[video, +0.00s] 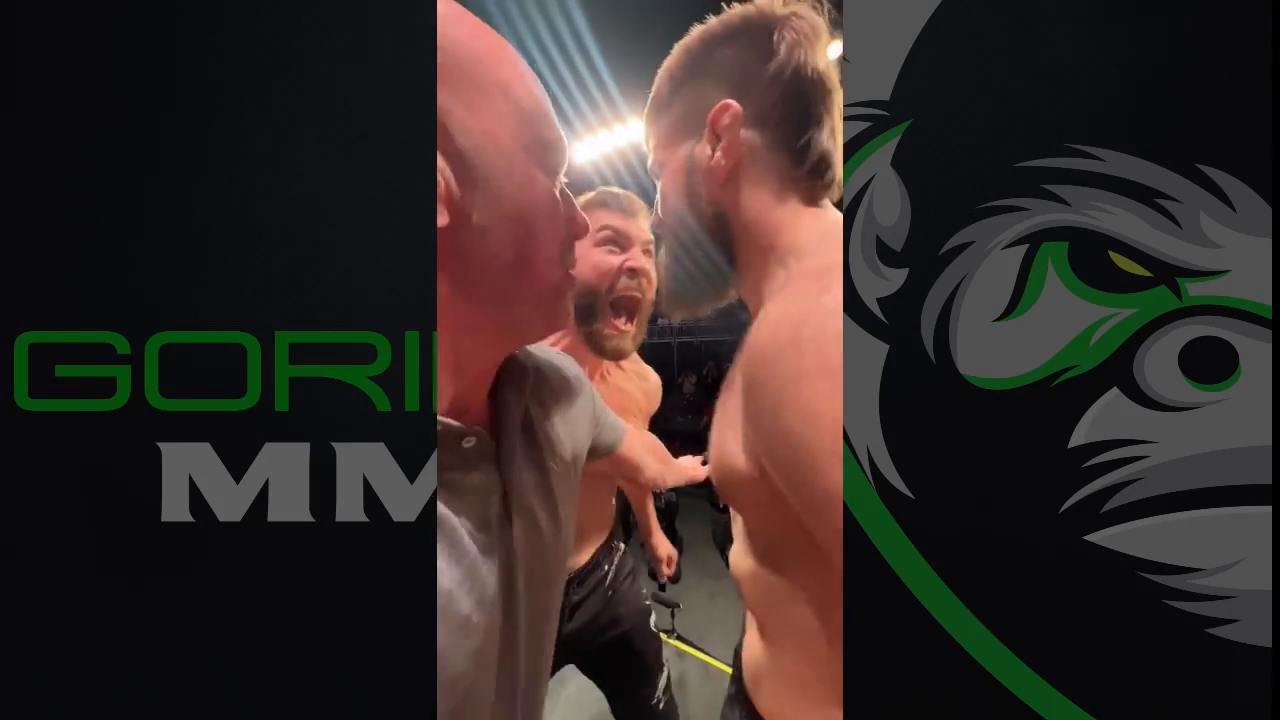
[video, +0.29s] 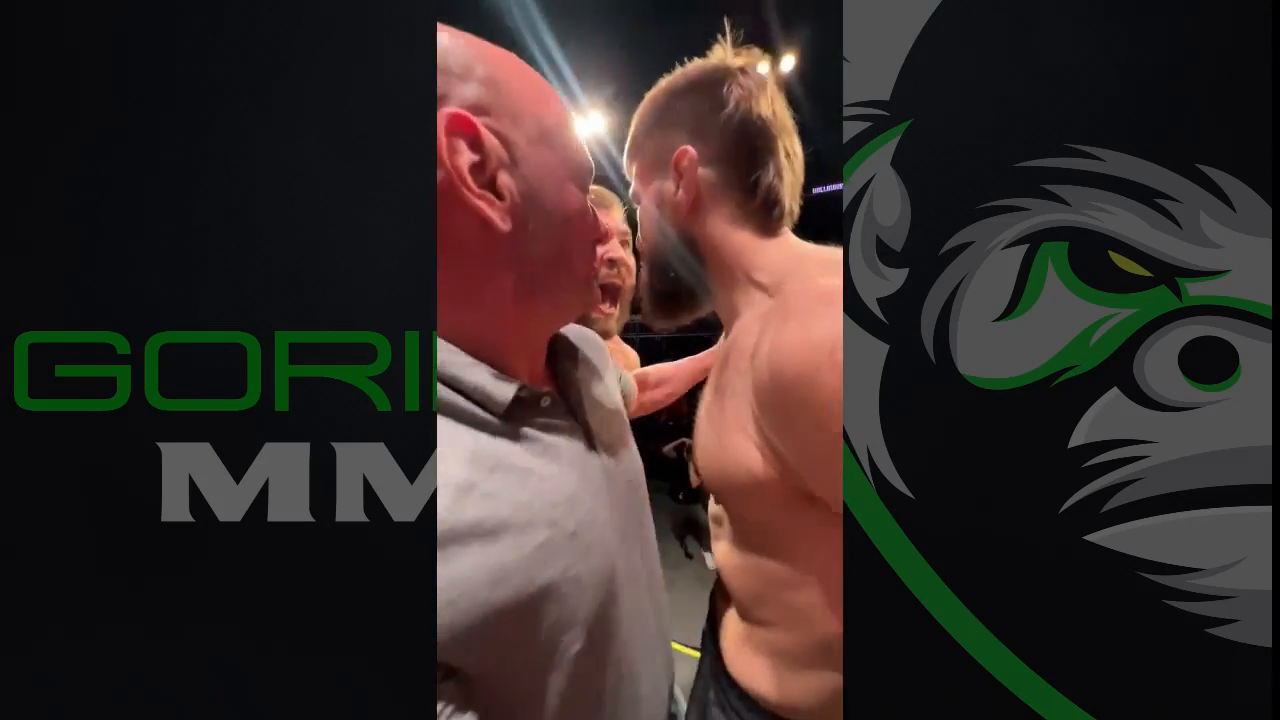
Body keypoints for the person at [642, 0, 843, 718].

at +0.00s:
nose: (658, 215)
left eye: (659, 171)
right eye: (654, 178)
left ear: (720, 139)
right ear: (724, 141)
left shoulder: (802, 343)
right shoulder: (796, 301)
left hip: (801, 710)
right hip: (768, 686)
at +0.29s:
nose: (638, 226)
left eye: (639, 196)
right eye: (635, 197)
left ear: (683, 179)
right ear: (767, 169)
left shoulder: (814, 347)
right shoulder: (758, 304)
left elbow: (919, 562)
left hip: (800, 711)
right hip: (730, 678)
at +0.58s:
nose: (638, 241)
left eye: (638, 212)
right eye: (634, 215)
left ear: (681, 202)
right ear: (689, 203)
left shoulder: (817, 333)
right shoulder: (739, 316)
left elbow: (913, 526)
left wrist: (854, 696)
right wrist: (660, 378)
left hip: (791, 682)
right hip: (711, 638)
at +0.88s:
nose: (638, 238)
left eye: (636, 212)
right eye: (635, 214)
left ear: (666, 206)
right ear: (743, 202)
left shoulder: (746, 332)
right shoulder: (807, 288)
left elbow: (881, 536)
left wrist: (819, 678)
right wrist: (667, 370)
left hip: (733, 664)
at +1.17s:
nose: (630, 196)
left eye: (629, 178)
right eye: (627, 180)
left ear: (648, 182)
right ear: (758, 180)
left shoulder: (672, 318)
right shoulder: (818, 286)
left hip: (701, 683)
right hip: (808, 684)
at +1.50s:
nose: (665, 223)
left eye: (667, 201)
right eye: (663, 204)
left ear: (698, 196)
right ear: (780, 189)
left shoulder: (759, 328)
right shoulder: (833, 280)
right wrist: (683, 364)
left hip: (758, 672)